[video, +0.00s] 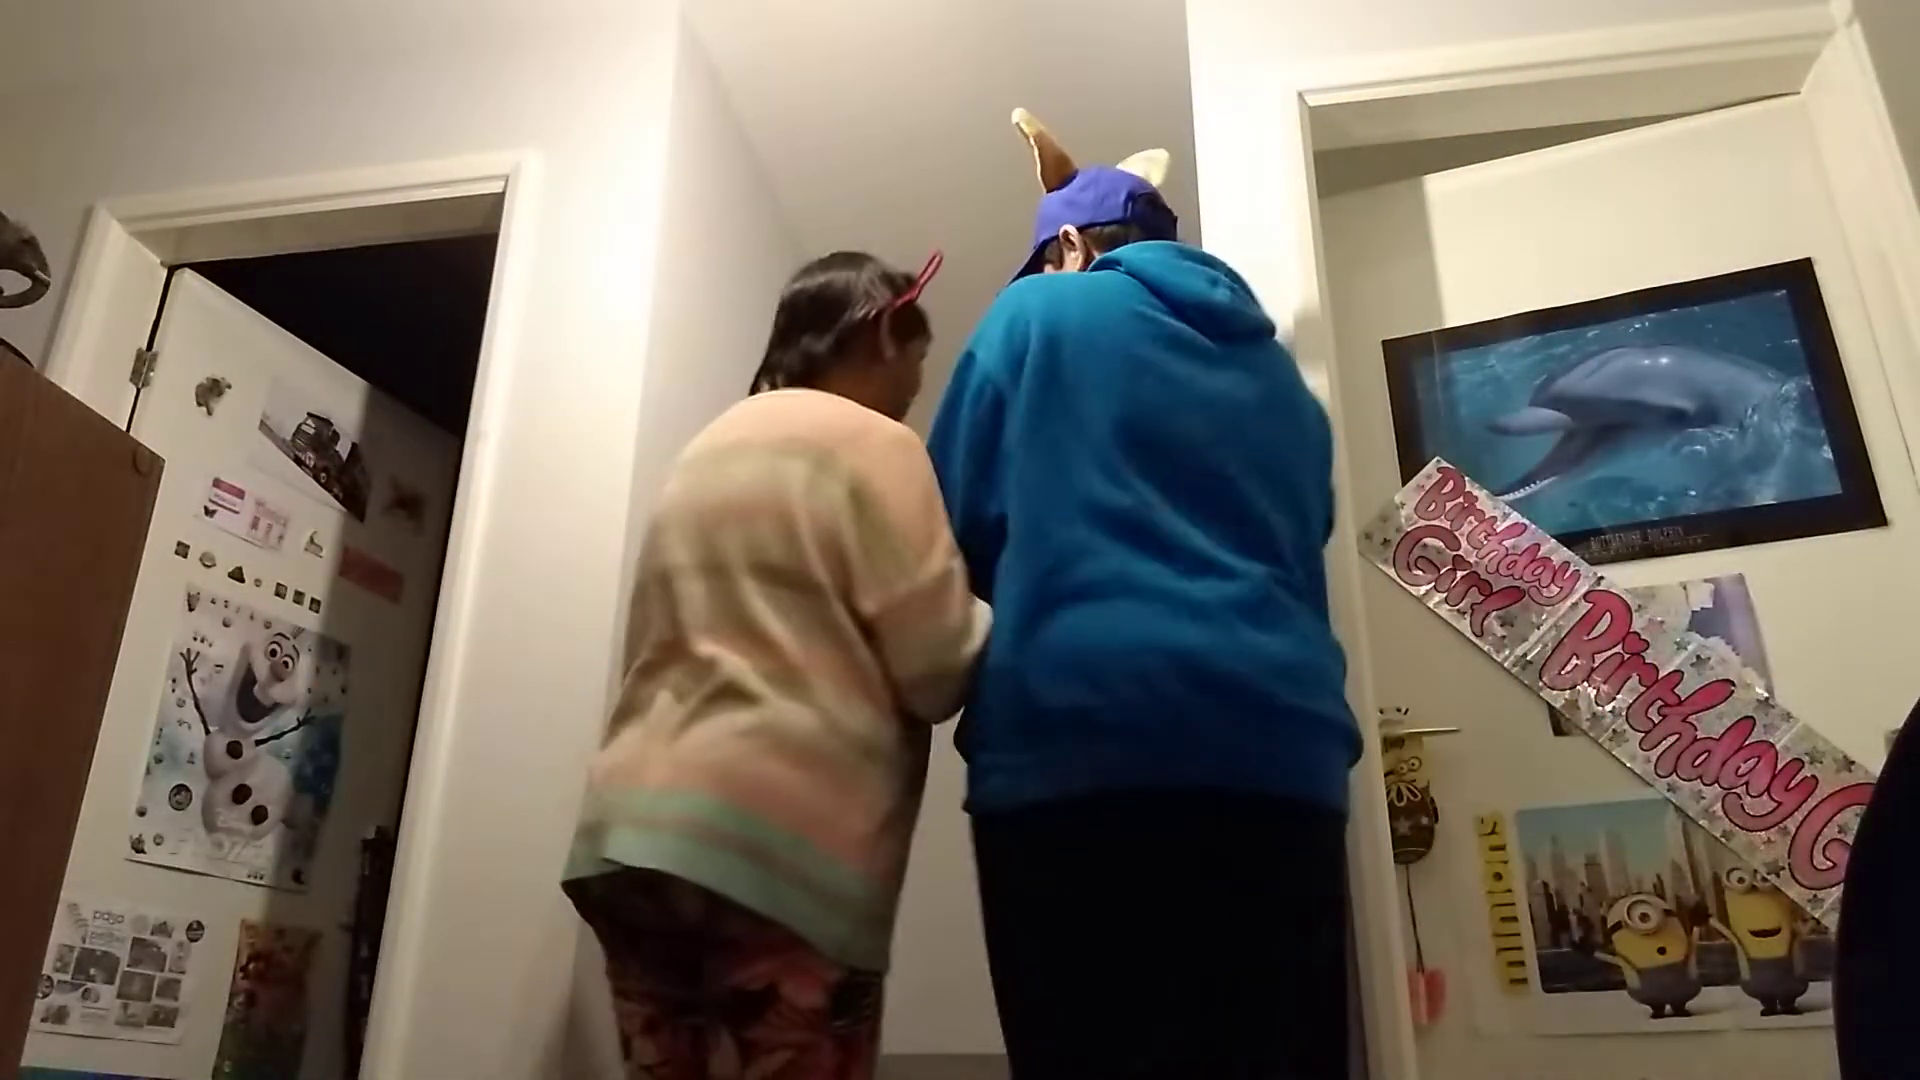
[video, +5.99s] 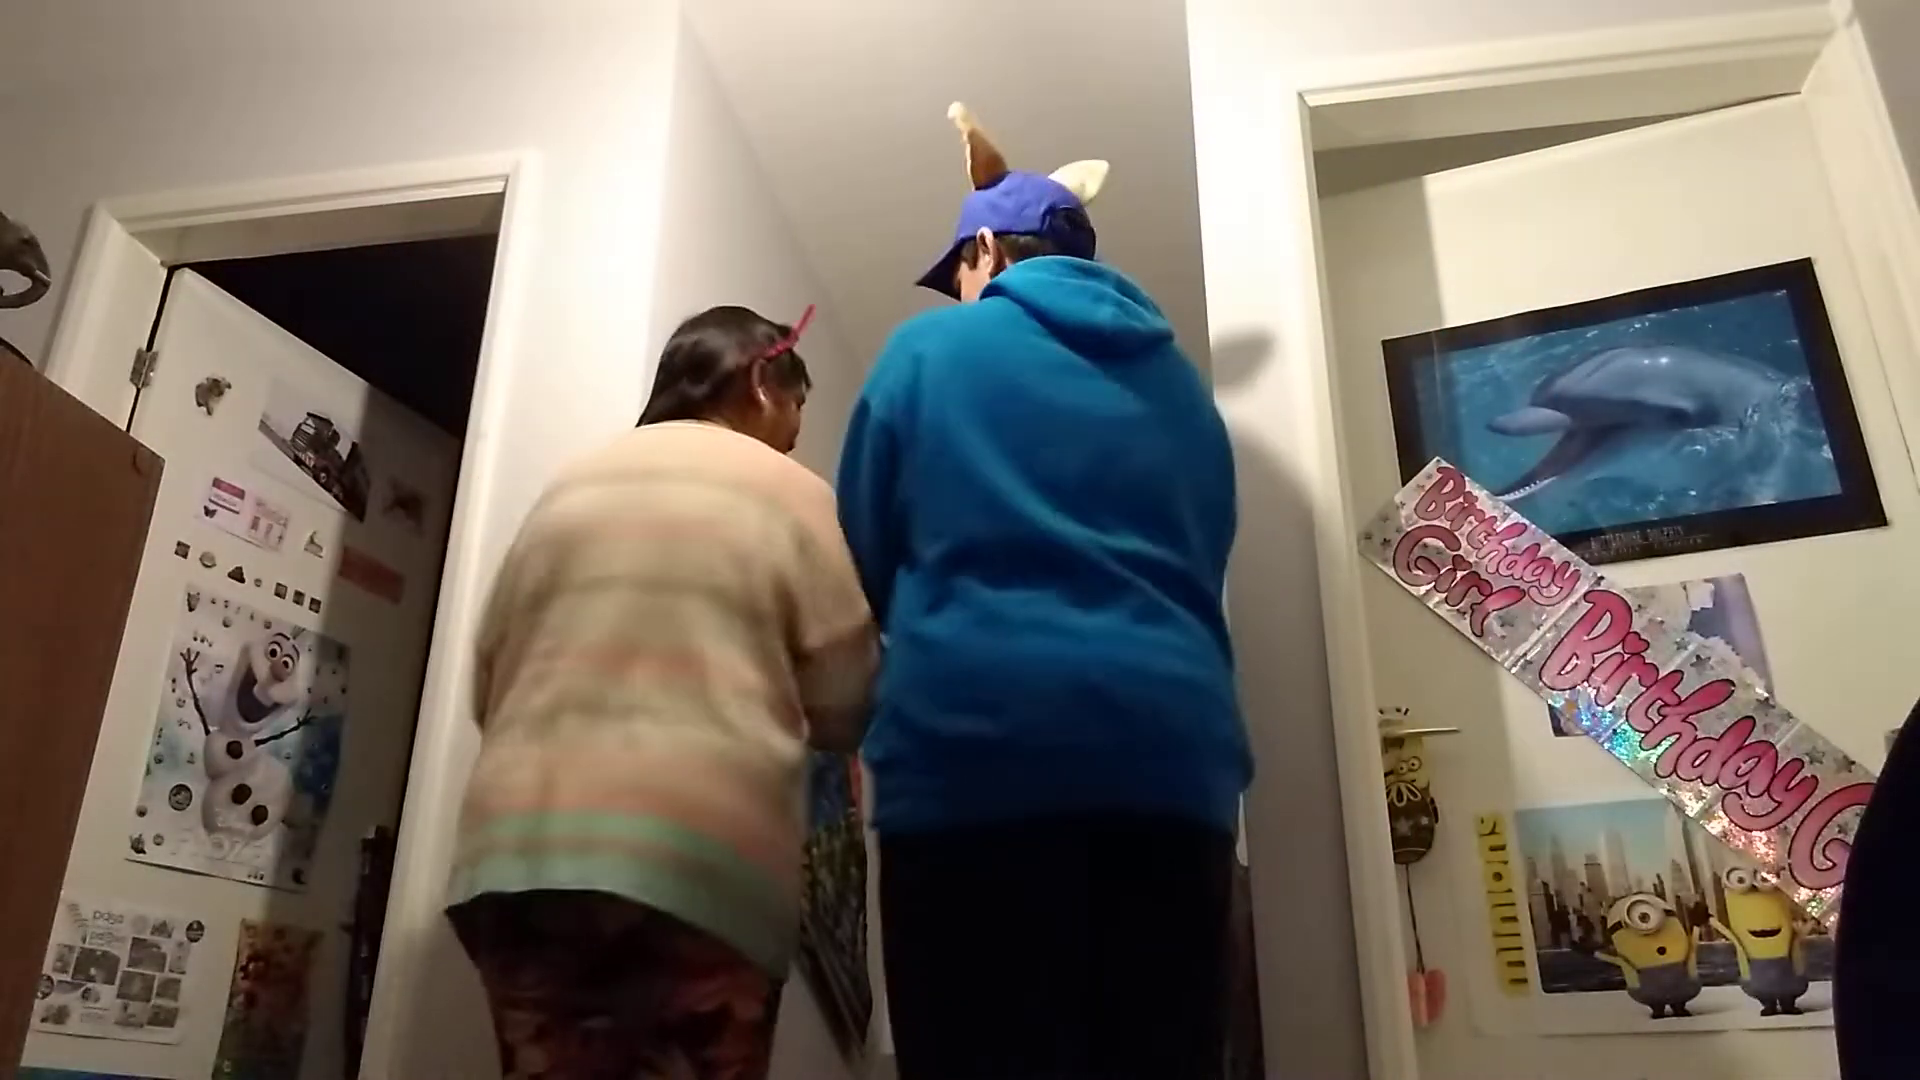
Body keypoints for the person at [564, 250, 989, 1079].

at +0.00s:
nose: (921, 381)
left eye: (923, 356)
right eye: (920, 352)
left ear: (794, 339)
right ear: (887, 333)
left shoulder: (707, 445)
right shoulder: (876, 445)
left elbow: (660, 643)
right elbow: (935, 667)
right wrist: (984, 615)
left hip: (631, 826)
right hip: (793, 848)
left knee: (665, 1063)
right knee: (800, 1062)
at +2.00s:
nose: (453, 470)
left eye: (464, 452)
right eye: (460, 452)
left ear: (489, 452)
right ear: (581, 483)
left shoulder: (459, 522)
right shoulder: (632, 576)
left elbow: (364, 701)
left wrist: (415, 780)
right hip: (674, 927)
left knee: (393, 1061)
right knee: (550, 1066)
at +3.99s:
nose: (365, 415)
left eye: (374, 403)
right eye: (339, 391)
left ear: (379, 431)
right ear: (262, 398)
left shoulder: (345, 569)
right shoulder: (189, 490)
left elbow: (323, 767)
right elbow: (108, 667)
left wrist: (373, 699)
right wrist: (279, 632)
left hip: (232, 944)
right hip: (98, 923)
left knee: (188, 1064)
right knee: (56, 1062)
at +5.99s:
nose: (800, 425)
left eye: (802, 404)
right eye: (798, 400)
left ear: (674, 385)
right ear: (761, 382)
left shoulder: (572, 479)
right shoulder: (793, 492)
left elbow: (491, 673)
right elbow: (843, 698)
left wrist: (539, 755)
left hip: (516, 843)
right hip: (702, 854)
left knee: (547, 1064)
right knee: (699, 1064)